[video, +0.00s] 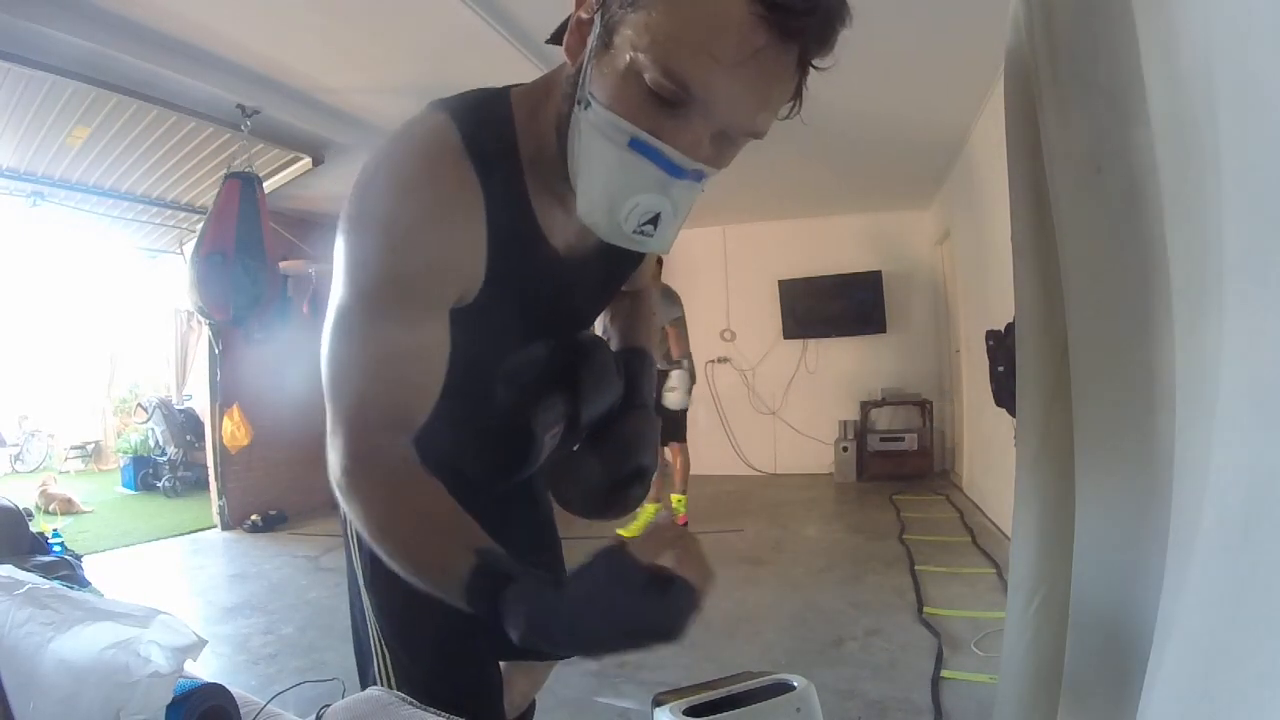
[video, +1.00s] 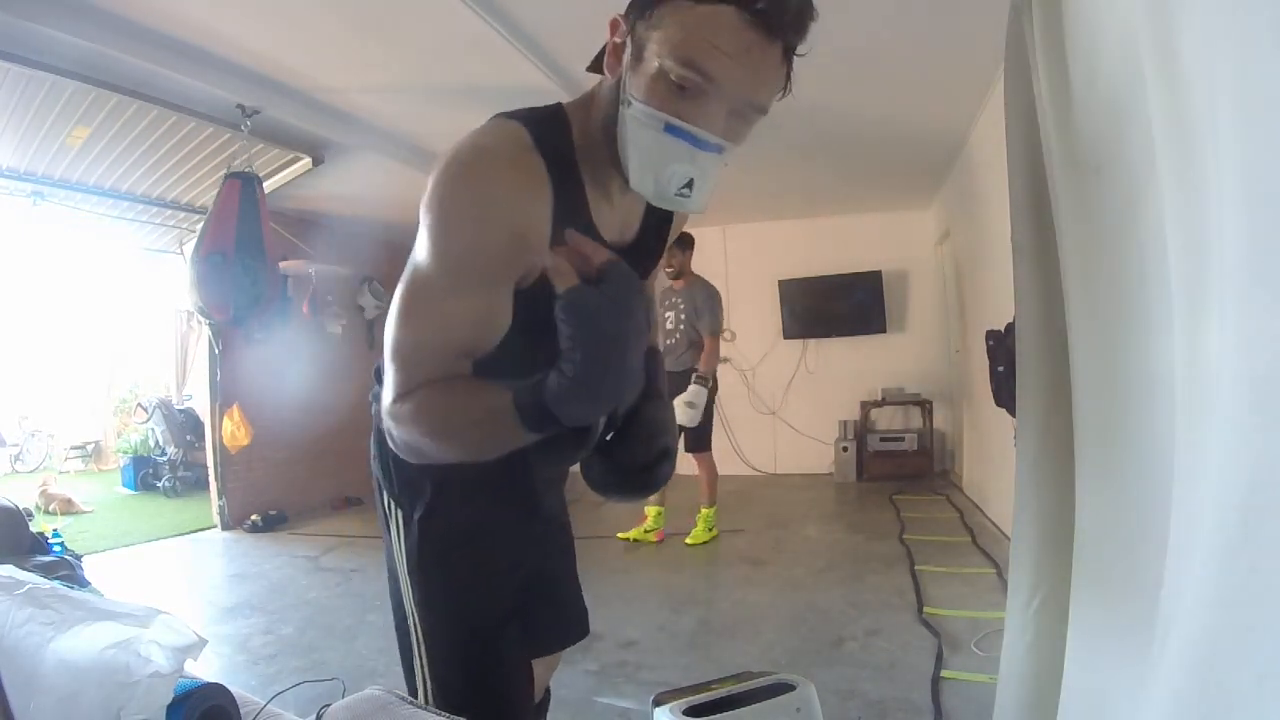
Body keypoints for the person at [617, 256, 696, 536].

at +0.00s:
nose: (635, 272)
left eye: (643, 264)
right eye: (633, 265)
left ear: (657, 266)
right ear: (625, 269)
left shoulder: (664, 297)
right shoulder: (621, 300)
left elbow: (678, 340)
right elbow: (603, 340)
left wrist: (679, 374)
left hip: (669, 376)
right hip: (640, 376)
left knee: (675, 444)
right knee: (648, 444)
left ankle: (679, 502)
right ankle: (652, 504)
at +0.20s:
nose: (647, 271)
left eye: (650, 264)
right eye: (646, 265)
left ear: (662, 263)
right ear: (657, 264)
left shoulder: (670, 293)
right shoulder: (651, 295)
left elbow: (689, 333)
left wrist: (703, 373)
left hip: (673, 375)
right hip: (659, 374)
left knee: (668, 448)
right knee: (670, 446)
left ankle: (696, 510)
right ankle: (688, 506)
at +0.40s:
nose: (657, 265)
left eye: (661, 259)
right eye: (655, 259)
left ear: (672, 261)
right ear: (655, 262)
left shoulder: (683, 294)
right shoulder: (657, 294)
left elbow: (698, 334)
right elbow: (660, 337)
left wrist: (703, 376)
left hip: (682, 374)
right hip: (665, 373)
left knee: (685, 448)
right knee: (674, 447)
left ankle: (704, 517)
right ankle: (677, 508)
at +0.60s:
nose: (665, 264)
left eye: (670, 257)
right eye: (663, 258)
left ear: (681, 258)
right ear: (662, 260)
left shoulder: (692, 292)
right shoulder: (657, 292)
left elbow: (705, 336)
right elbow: (657, 338)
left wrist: (700, 378)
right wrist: (652, 375)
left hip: (687, 373)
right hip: (664, 373)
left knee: (693, 448)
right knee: (672, 445)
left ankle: (706, 517)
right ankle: (676, 506)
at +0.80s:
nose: (666, 260)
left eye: (672, 254)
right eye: (663, 254)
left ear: (686, 255)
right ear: (659, 257)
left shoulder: (700, 290)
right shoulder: (654, 291)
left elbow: (706, 339)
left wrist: (696, 382)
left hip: (692, 375)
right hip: (661, 376)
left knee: (696, 449)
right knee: (662, 443)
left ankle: (707, 517)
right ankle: (668, 509)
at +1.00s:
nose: (667, 264)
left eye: (674, 258)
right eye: (664, 258)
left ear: (689, 256)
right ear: (660, 258)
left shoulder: (705, 293)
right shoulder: (660, 293)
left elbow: (712, 346)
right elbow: (653, 336)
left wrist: (700, 386)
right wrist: (646, 374)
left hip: (696, 377)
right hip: (663, 377)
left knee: (700, 451)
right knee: (658, 448)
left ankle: (707, 519)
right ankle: (653, 521)